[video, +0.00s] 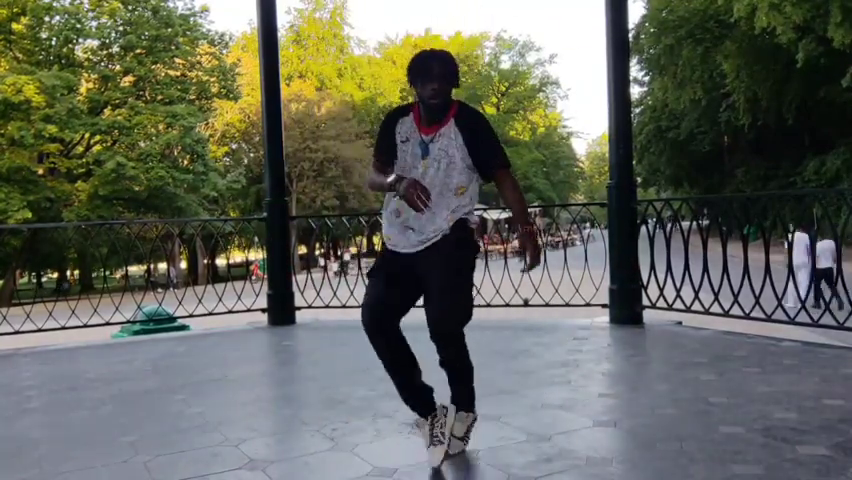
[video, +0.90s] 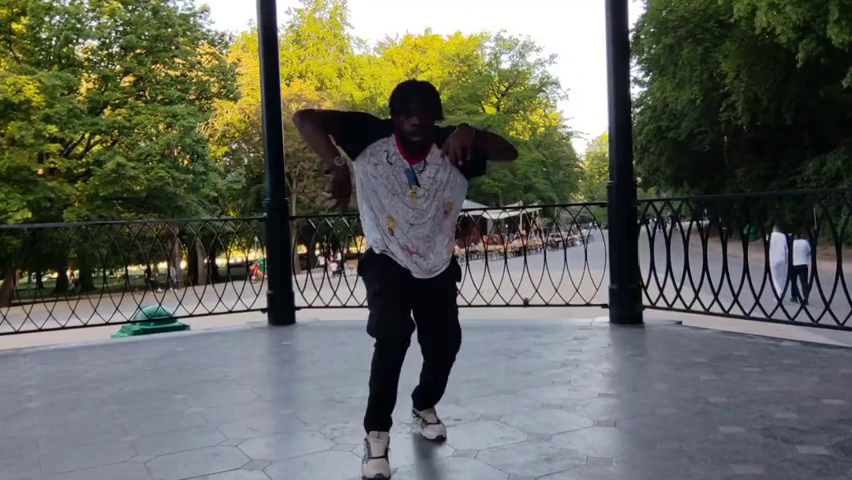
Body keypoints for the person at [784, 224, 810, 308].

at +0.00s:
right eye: (806, 228)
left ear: (796, 227)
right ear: (804, 228)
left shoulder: (791, 236)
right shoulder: (806, 236)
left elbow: (787, 248)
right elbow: (808, 249)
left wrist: (788, 260)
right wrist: (809, 258)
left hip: (793, 260)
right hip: (804, 260)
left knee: (791, 282)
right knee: (803, 282)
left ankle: (791, 302)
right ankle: (802, 301)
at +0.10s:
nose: (787, 230)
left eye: (788, 229)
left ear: (789, 229)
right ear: (797, 228)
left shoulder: (786, 238)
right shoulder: (802, 237)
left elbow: (784, 251)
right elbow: (807, 251)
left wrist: (783, 262)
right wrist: (808, 262)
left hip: (789, 263)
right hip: (800, 262)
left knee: (788, 283)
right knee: (801, 282)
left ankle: (787, 301)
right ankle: (802, 302)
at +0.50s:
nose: (779, 228)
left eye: (779, 227)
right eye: (780, 227)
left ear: (779, 228)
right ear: (786, 227)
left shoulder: (775, 237)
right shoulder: (791, 236)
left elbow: (771, 249)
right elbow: (794, 249)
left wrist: (771, 258)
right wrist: (795, 259)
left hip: (780, 260)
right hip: (789, 260)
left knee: (781, 280)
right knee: (789, 280)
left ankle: (784, 299)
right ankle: (789, 298)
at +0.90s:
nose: (774, 229)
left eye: (774, 228)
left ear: (773, 228)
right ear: (781, 229)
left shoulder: (770, 237)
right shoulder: (783, 236)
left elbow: (769, 249)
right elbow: (786, 249)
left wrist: (769, 259)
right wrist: (787, 258)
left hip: (773, 260)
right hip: (782, 259)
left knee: (775, 278)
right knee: (782, 277)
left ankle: (778, 294)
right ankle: (781, 295)